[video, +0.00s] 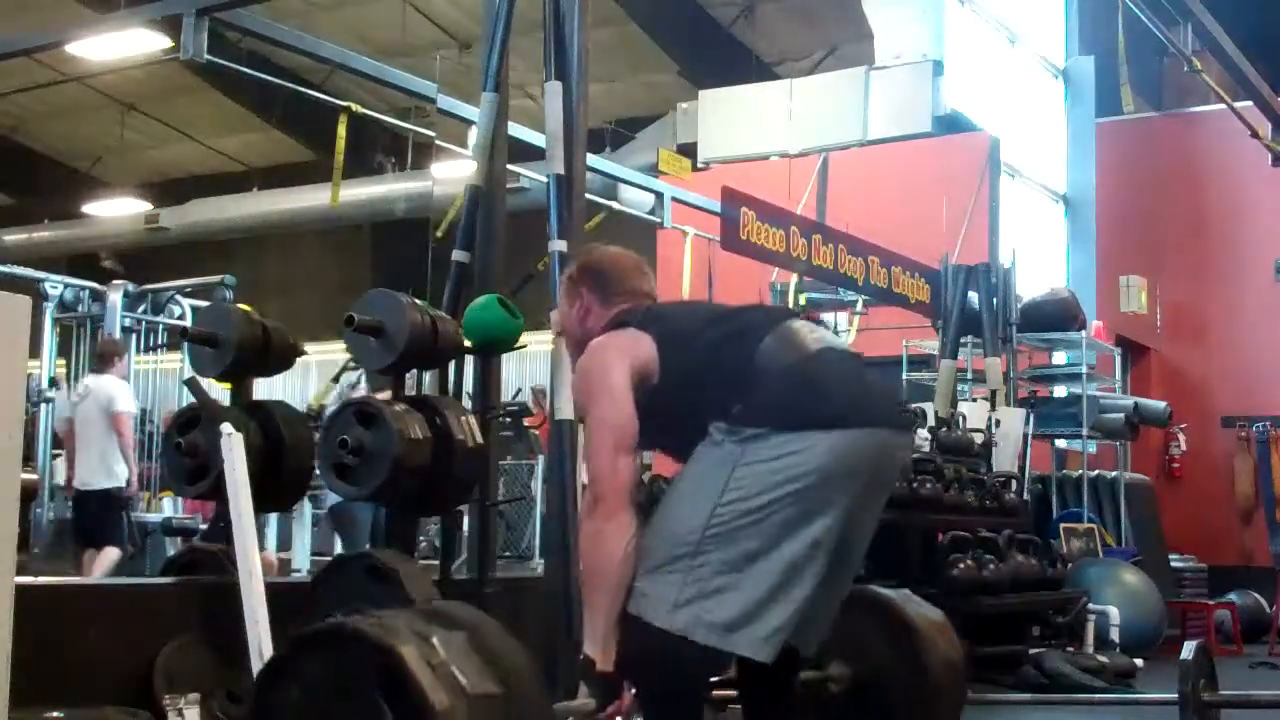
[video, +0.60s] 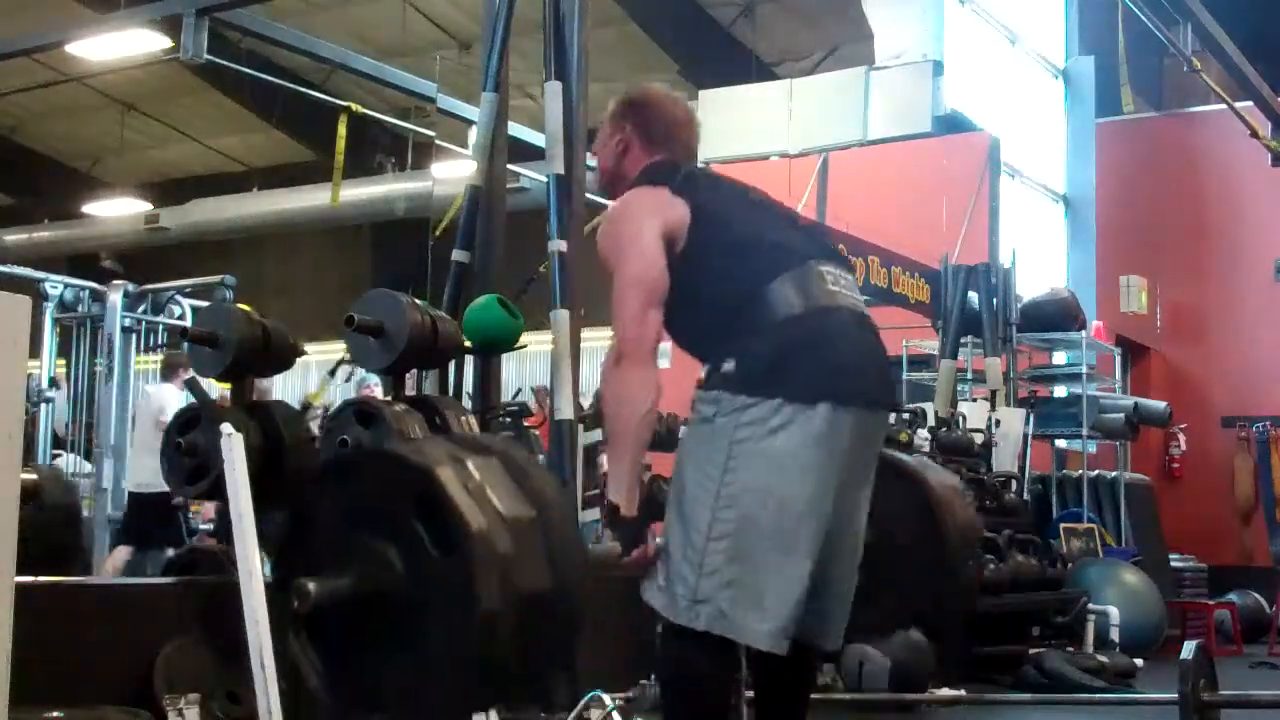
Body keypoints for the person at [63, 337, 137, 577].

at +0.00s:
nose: (127, 365)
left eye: (126, 359)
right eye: (125, 360)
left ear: (100, 360)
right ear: (116, 361)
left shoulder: (81, 387)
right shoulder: (117, 387)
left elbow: (67, 432)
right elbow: (123, 430)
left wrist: (71, 472)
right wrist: (133, 471)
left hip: (83, 482)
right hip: (109, 481)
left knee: (89, 546)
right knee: (116, 544)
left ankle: (87, 593)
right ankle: (90, 588)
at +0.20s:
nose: (141, 368)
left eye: (140, 363)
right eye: (139, 363)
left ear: (116, 362)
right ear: (130, 362)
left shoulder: (95, 388)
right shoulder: (127, 387)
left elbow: (87, 431)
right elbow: (128, 427)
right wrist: (146, 465)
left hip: (94, 480)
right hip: (123, 479)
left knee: (94, 543)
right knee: (144, 537)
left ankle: (93, 597)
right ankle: (125, 584)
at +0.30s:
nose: (148, 372)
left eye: (148, 366)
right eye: (147, 366)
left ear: (125, 365)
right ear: (138, 365)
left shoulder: (104, 388)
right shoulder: (133, 389)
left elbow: (100, 433)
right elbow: (133, 429)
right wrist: (153, 466)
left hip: (100, 481)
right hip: (130, 480)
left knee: (97, 543)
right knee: (153, 541)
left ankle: (93, 602)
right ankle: (147, 598)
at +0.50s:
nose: (176, 377)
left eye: (176, 372)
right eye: (175, 372)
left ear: (151, 371)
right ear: (165, 371)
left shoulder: (135, 392)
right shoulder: (157, 395)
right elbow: (156, 438)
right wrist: (171, 477)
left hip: (122, 484)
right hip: (146, 485)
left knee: (111, 544)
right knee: (166, 550)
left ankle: (91, 594)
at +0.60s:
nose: (189, 378)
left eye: (189, 373)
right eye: (188, 373)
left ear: (165, 371)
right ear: (180, 373)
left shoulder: (146, 393)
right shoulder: (171, 394)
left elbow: (136, 432)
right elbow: (165, 423)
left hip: (137, 483)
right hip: (161, 484)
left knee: (126, 544)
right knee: (179, 548)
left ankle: (99, 591)